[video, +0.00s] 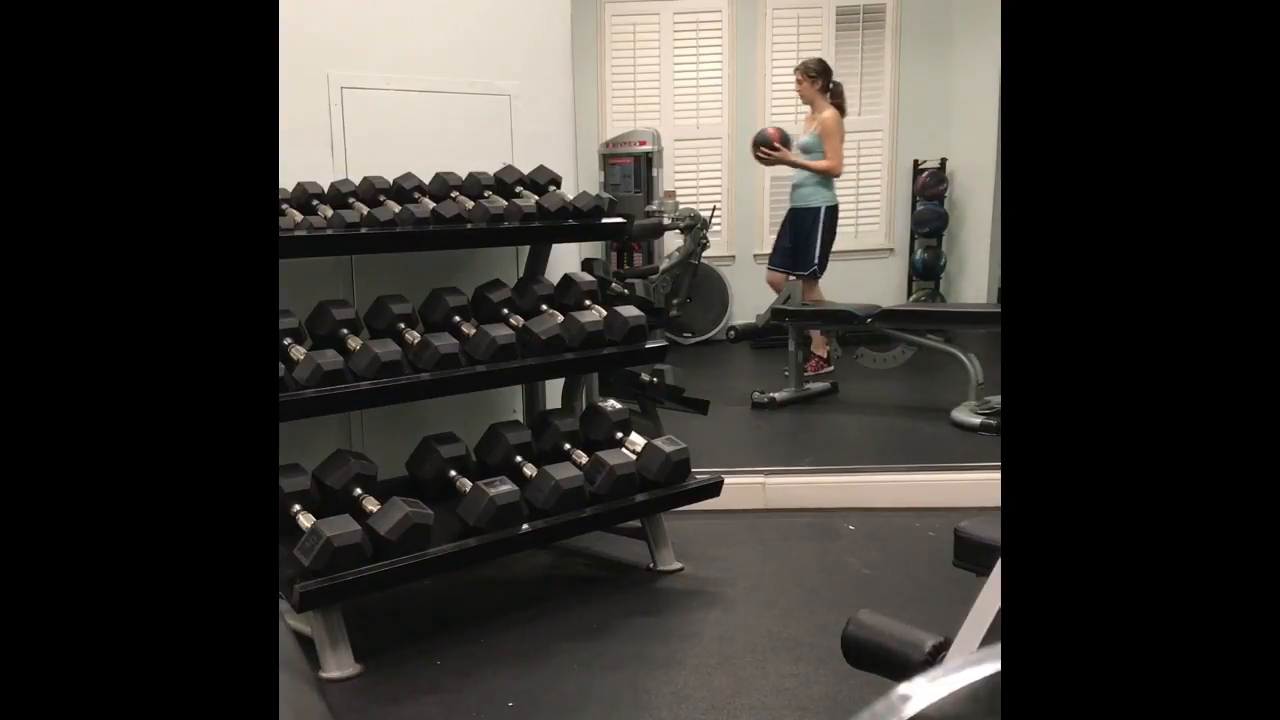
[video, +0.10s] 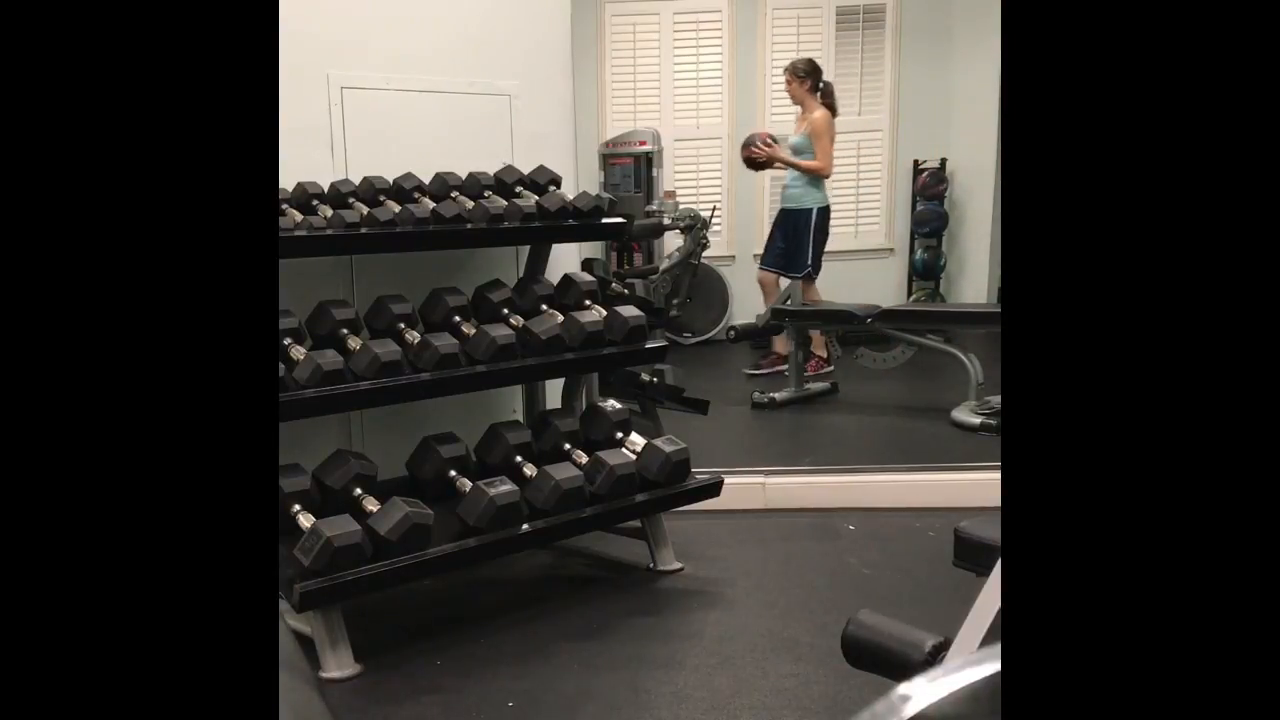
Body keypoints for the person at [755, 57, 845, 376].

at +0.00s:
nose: (796, 88)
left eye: (799, 82)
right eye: (796, 83)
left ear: (816, 82)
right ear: (810, 83)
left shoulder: (829, 116)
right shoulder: (811, 116)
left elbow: (835, 167)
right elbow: (813, 161)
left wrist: (791, 159)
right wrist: (782, 154)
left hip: (819, 207)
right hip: (800, 206)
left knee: (808, 284)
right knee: (776, 277)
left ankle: (821, 350)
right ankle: (818, 330)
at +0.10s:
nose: (786, 89)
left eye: (788, 83)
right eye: (785, 83)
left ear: (805, 83)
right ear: (802, 84)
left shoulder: (820, 116)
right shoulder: (802, 117)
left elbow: (825, 168)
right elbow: (805, 164)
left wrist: (784, 159)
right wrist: (773, 159)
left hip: (812, 209)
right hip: (790, 209)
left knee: (807, 284)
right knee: (767, 277)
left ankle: (820, 352)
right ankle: (782, 349)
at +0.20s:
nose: (774, 89)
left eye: (777, 84)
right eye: (774, 84)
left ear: (792, 84)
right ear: (792, 85)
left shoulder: (810, 118)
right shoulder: (794, 118)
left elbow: (817, 167)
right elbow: (796, 166)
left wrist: (774, 158)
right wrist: (767, 163)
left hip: (802, 210)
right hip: (780, 210)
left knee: (800, 285)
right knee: (760, 280)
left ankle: (820, 352)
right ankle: (758, 356)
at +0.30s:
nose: (762, 93)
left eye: (764, 87)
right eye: (761, 87)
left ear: (780, 86)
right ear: (779, 86)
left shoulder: (798, 118)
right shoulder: (781, 120)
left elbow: (811, 166)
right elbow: (790, 165)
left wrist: (766, 165)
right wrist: (761, 170)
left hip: (791, 212)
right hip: (771, 212)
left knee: (791, 287)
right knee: (752, 282)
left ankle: (820, 351)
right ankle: (751, 361)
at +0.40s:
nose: (749, 94)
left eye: (752, 88)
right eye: (749, 89)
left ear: (766, 88)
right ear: (767, 88)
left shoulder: (786, 118)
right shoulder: (772, 120)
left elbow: (802, 163)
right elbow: (779, 164)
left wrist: (756, 168)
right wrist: (749, 167)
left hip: (779, 211)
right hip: (762, 211)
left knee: (771, 286)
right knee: (745, 283)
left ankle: (814, 343)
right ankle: (751, 362)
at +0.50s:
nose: (739, 96)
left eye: (742, 89)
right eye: (739, 90)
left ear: (757, 88)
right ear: (756, 88)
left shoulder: (776, 118)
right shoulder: (762, 122)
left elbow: (795, 162)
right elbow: (771, 165)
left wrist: (748, 168)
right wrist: (740, 168)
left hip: (769, 212)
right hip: (755, 211)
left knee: (747, 284)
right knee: (740, 282)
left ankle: (801, 332)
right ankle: (750, 361)